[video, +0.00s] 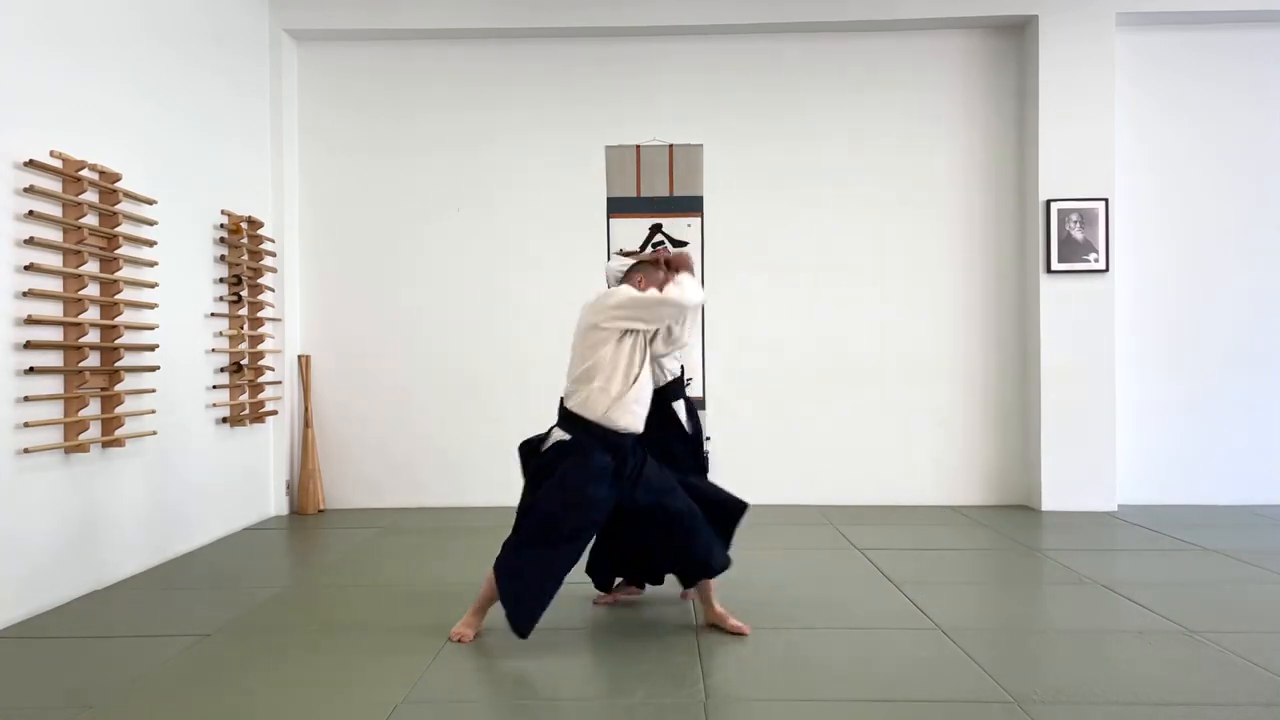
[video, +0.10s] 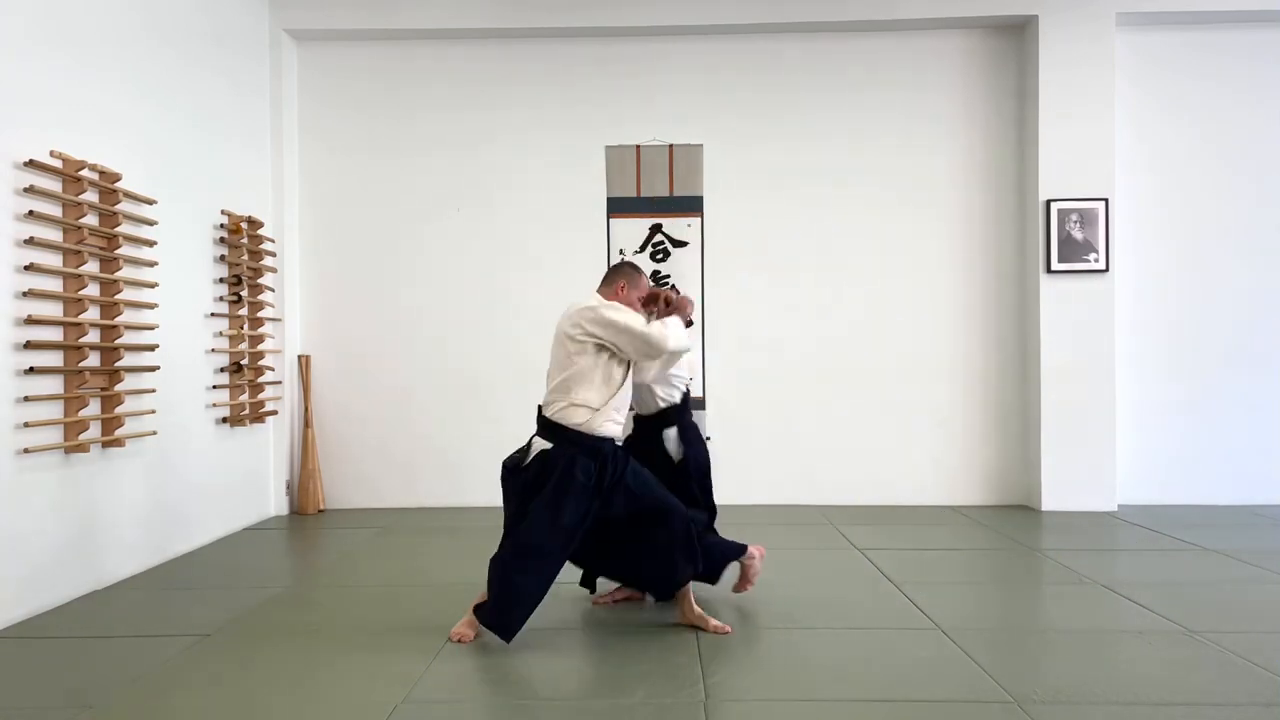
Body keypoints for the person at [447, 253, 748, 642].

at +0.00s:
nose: (663, 292)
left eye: (665, 285)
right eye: (661, 283)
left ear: (646, 286)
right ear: (638, 279)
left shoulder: (641, 323)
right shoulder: (606, 305)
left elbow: (674, 343)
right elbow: (686, 303)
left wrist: (686, 280)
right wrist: (682, 271)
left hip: (627, 448)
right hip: (581, 443)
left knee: (686, 518)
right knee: (535, 532)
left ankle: (711, 608)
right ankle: (477, 613)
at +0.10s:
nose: (643, 309)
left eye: (646, 302)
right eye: (641, 299)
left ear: (615, 289)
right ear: (621, 290)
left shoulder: (615, 325)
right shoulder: (590, 314)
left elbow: (646, 368)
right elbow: (657, 341)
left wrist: (656, 315)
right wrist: (681, 321)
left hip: (608, 453)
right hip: (567, 449)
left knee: (670, 518)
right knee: (531, 540)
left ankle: (687, 608)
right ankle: (477, 614)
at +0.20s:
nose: (633, 303)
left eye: (636, 295)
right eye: (632, 292)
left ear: (609, 284)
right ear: (612, 284)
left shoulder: (601, 324)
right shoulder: (577, 316)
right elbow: (623, 372)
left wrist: (642, 348)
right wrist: (657, 358)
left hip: (602, 447)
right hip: (559, 447)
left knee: (665, 514)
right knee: (525, 541)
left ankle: (687, 607)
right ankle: (476, 614)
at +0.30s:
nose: (645, 309)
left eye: (648, 302)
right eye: (643, 300)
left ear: (622, 292)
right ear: (621, 289)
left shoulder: (614, 332)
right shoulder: (580, 324)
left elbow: (626, 377)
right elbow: (601, 393)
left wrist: (653, 380)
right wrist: (651, 396)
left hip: (606, 449)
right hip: (557, 450)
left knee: (667, 511)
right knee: (524, 541)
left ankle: (692, 607)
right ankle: (475, 614)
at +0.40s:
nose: (676, 333)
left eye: (679, 326)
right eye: (674, 323)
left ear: (650, 315)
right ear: (649, 313)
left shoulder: (649, 356)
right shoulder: (597, 343)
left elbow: (651, 409)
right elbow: (601, 408)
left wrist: (677, 428)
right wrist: (658, 438)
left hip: (612, 453)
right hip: (558, 450)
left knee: (667, 522)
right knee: (519, 533)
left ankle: (699, 614)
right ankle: (472, 615)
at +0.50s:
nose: (701, 372)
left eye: (705, 366)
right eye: (699, 364)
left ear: (681, 353)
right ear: (674, 347)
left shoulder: (682, 384)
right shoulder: (616, 362)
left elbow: (697, 443)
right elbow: (612, 437)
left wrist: (713, 475)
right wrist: (669, 485)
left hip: (628, 454)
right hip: (571, 446)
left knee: (683, 517)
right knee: (515, 522)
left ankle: (699, 613)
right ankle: (463, 613)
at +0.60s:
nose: (713, 407)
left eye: (720, 401)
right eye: (711, 397)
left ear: (718, 393)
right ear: (689, 378)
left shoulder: (704, 411)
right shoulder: (635, 381)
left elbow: (723, 470)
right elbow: (605, 446)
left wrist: (749, 533)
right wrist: (634, 515)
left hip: (652, 464)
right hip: (590, 449)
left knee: (695, 528)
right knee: (522, 521)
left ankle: (700, 614)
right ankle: (454, 606)